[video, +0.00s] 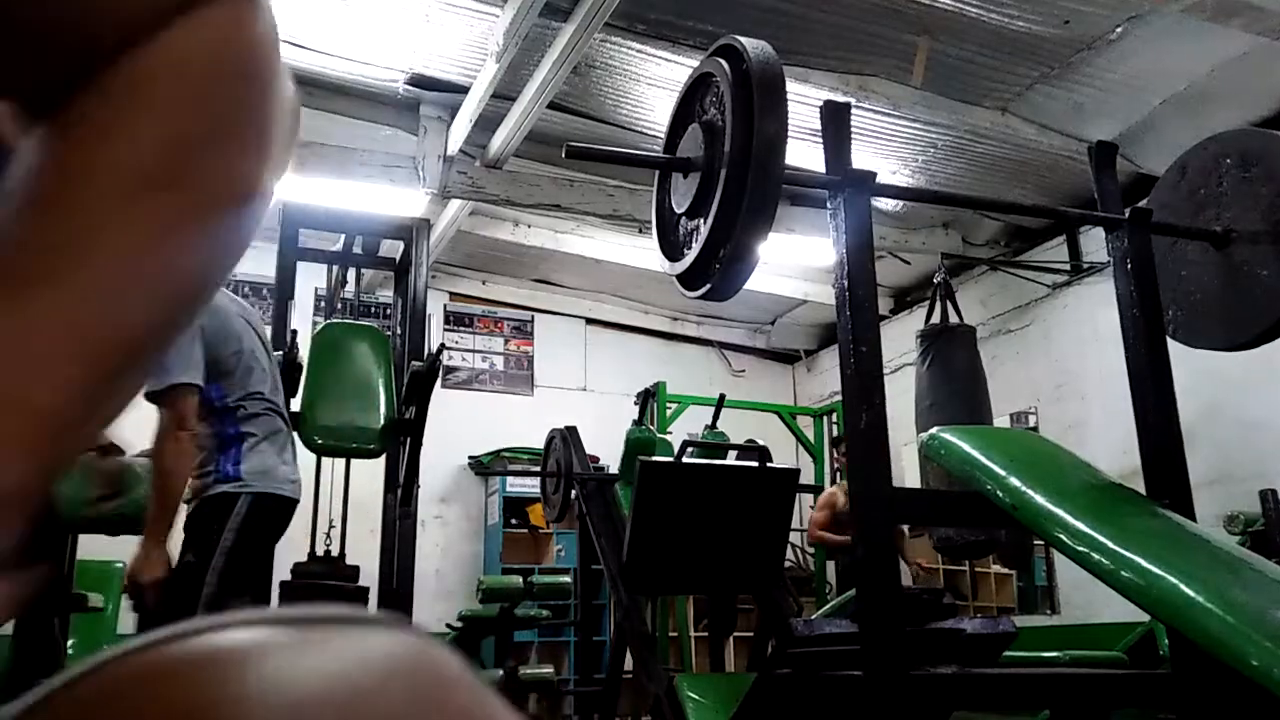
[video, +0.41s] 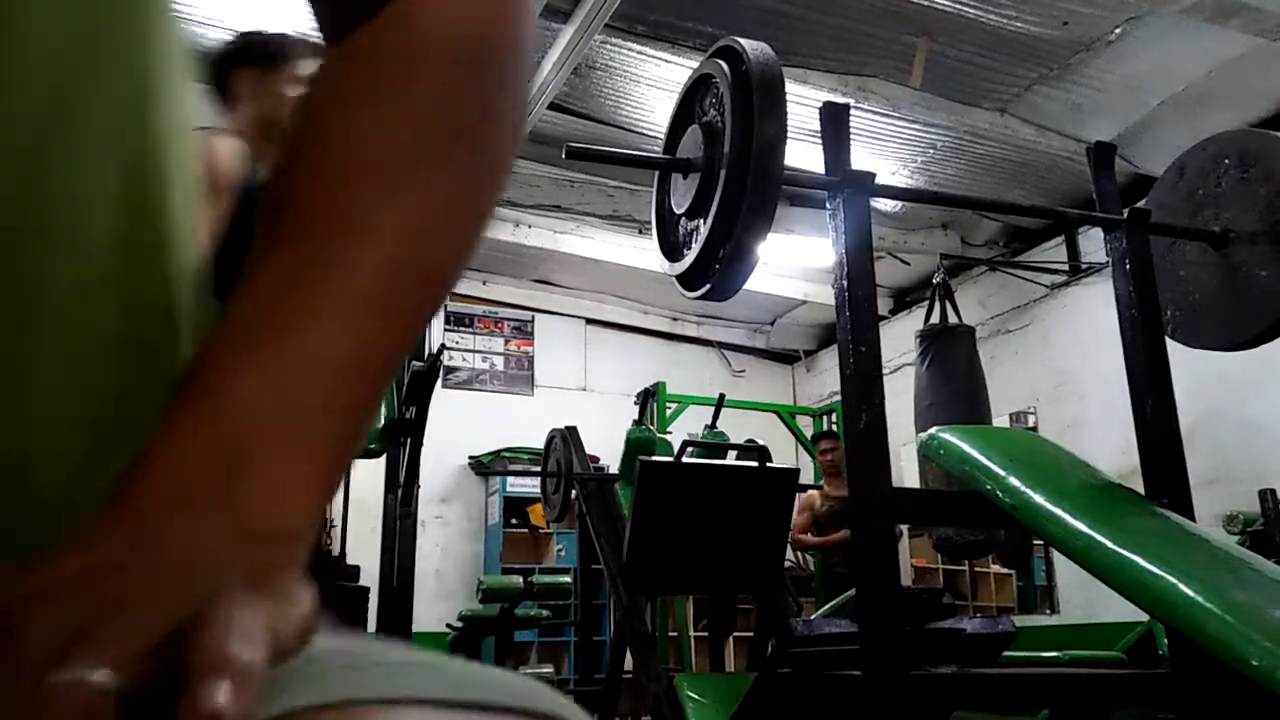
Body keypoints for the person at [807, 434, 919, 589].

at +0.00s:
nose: (852, 459)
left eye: (856, 453)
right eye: (846, 454)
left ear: (865, 456)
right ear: (838, 460)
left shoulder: (879, 491)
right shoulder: (833, 496)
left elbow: (896, 531)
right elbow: (814, 534)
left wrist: (911, 561)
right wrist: (852, 540)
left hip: (884, 572)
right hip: (851, 576)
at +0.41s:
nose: (830, 458)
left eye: (834, 451)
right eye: (823, 453)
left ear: (844, 452)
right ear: (816, 458)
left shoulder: (859, 490)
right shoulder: (813, 498)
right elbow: (798, 537)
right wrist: (837, 538)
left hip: (864, 569)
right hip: (831, 574)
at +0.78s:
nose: (825, 455)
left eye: (831, 448)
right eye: (818, 450)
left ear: (841, 451)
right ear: (812, 457)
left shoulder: (857, 489)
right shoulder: (808, 496)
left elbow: (892, 529)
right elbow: (794, 536)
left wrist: (851, 538)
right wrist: (816, 544)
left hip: (861, 569)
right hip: (828, 573)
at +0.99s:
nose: (826, 450)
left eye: (832, 443)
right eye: (820, 445)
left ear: (843, 446)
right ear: (814, 451)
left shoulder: (858, 486)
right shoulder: (808, 493)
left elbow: (878, 525)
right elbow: (798, 537)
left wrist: (851, 534)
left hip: (856, 568)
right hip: (822, 571)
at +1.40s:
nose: (803, 443)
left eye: (809, 436)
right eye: (798, 438)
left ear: (824, 439)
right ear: (796, 444)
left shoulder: (842, 481)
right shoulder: (798, 484)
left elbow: (860, 522)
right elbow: (793, 528)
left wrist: (829, 532)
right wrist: (791, 561)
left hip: (838, 570)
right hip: (804, 570)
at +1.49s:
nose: (793, 444)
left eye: (799, 437)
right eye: (789, 439)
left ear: (814, 440)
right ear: (786, 444)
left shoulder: (836, 480)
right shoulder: (789, 481)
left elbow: (856, 520)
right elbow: (787, 526)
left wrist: (820, 534)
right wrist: (786, 558)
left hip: (832, 571)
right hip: (796, 571)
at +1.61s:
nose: (779, 442)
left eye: (785, 434)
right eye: (775, 437)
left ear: (802, 437)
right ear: (772, 442)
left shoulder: (827, 478)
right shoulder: (777, 480)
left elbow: (841, 523)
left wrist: (808, 550)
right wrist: (781, 552)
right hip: (781, 567)